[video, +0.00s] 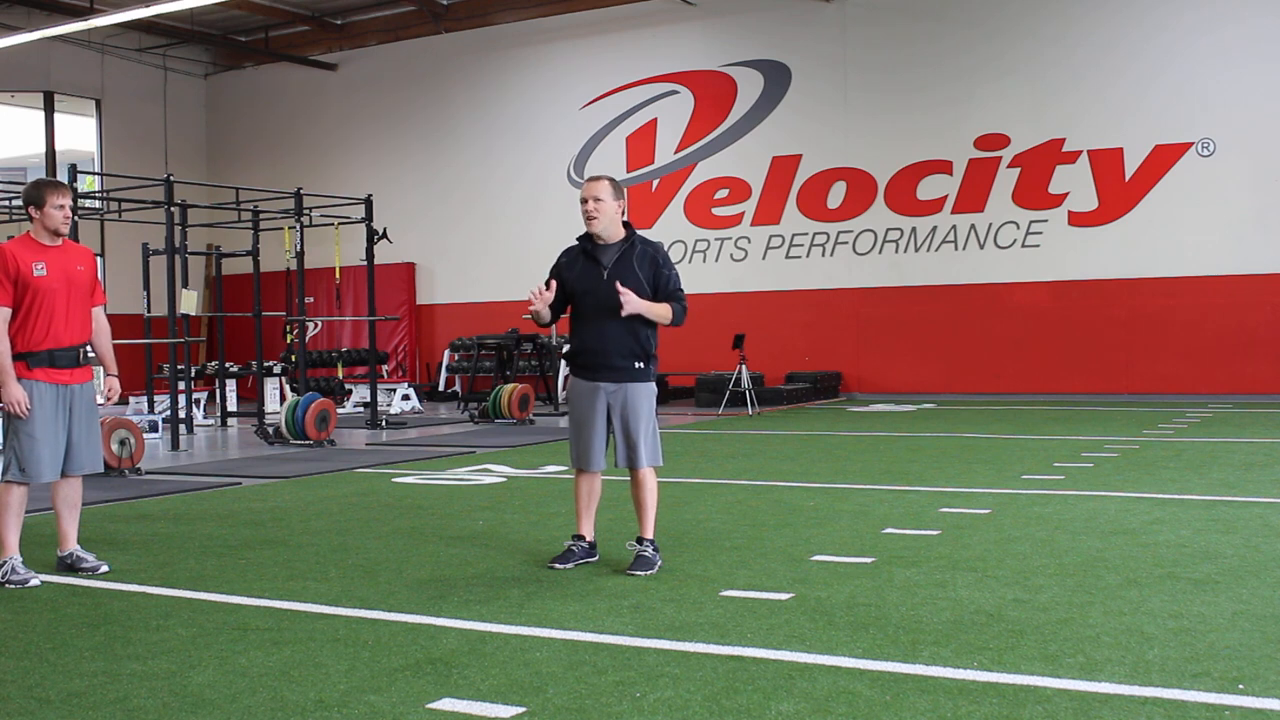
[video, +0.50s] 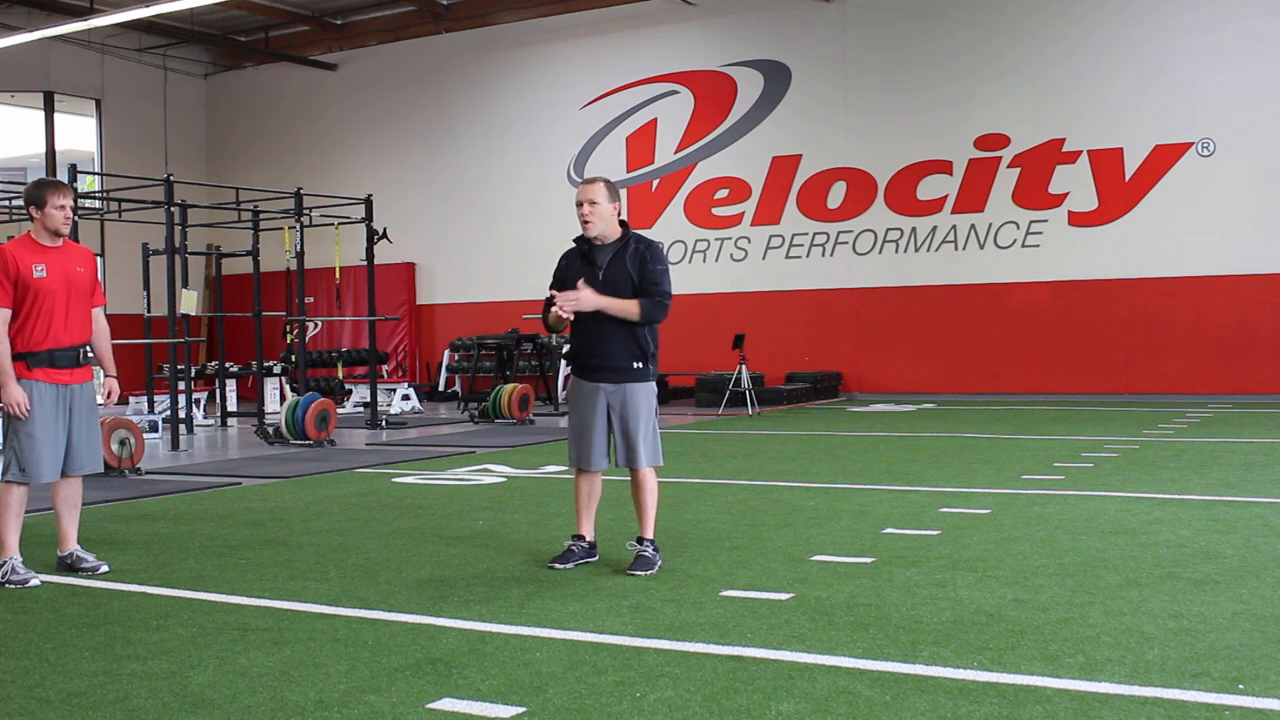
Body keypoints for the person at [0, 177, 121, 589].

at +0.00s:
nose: (67, 214)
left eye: (69, 207)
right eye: (58, 207)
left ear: (71, 211)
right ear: (34, 211)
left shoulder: (85, 257)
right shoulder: (11, 254)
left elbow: (97, 319)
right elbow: (1, 325)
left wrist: (111, 370)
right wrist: (7, 381)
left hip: (77, 377)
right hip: (30, 378)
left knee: (72, 466)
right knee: (19, 473)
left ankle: (69, 551)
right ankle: (10, 559)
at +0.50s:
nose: (67, 214)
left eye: (70, 207)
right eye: (59, 207)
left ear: (72, 211)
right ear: (35, 212)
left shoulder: (85, 257)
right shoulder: (11, 255)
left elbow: (97, 319)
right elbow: (1, 325)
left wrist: (110, 371)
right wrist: (7, 382)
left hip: (78, 377)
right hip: (30, 378)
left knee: (72, 466)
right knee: (19, 473)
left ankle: (69, 551)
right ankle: (9, 559)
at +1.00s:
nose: (68, 214)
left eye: (71, 207)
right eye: (60, 208)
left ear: (73, 211)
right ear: (35, 212)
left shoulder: (85, 257)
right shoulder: (12, 255)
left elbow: (97, 320)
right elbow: (1, 326)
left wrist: (109, 372)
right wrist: (8, 383)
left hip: (78, 377)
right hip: (30, 378)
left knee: (72, 466)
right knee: (19, 473)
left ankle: (69, 551)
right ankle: (10, 559)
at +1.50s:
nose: (67, 215)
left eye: (70, 208)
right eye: (59, 208)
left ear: (73, 211)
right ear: (35, 212)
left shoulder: (85, 257)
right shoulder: (12, 255)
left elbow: (97, 319)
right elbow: (1, 326)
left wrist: (110, 371)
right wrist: (9, 382)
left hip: (78, 377)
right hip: (30, 378)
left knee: (72, 467)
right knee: (19, 473)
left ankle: (69, 551)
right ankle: (10, 559)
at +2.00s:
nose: (66, 215)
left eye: (69, 209)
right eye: (57, 208)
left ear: (73, 212)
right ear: (35, 211)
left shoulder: (85, 257)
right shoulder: (12, 255)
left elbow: (98, 319)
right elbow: (1, 325)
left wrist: (111, 371)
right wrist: (8, 382)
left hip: (78, 377)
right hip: (30, 378)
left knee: (72, 466)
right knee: (19, 473)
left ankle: (69, 551)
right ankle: (10, 559)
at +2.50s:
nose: (66, 216)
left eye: (70, 210)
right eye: (58, 209)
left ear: (73, 212)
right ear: (36, 212)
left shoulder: (85, 257)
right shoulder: (12, 255)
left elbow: (97, 320)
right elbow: (2, 326)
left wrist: (110, 372)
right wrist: (9, 382)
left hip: (78, 377)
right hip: (31, 378)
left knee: (72, 466)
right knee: (19, 473)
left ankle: (69, 550)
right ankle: (10, 560)